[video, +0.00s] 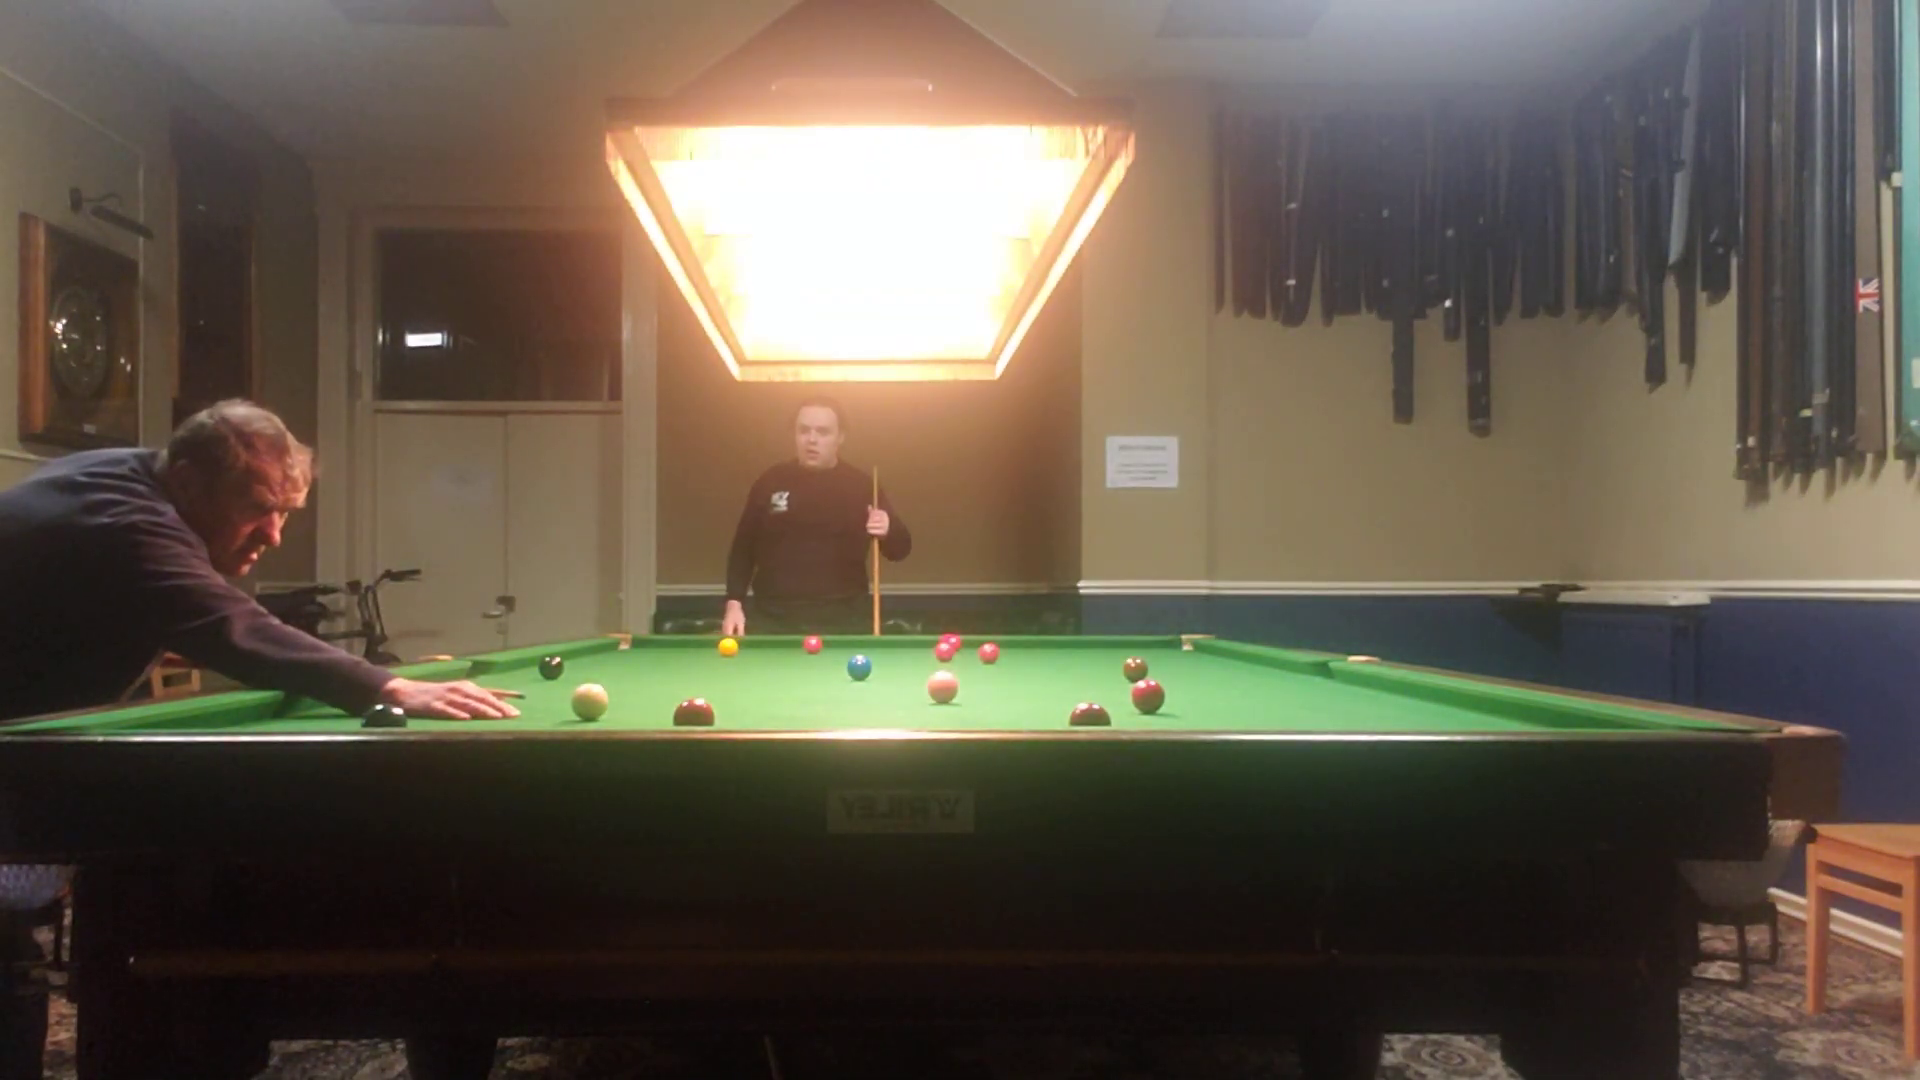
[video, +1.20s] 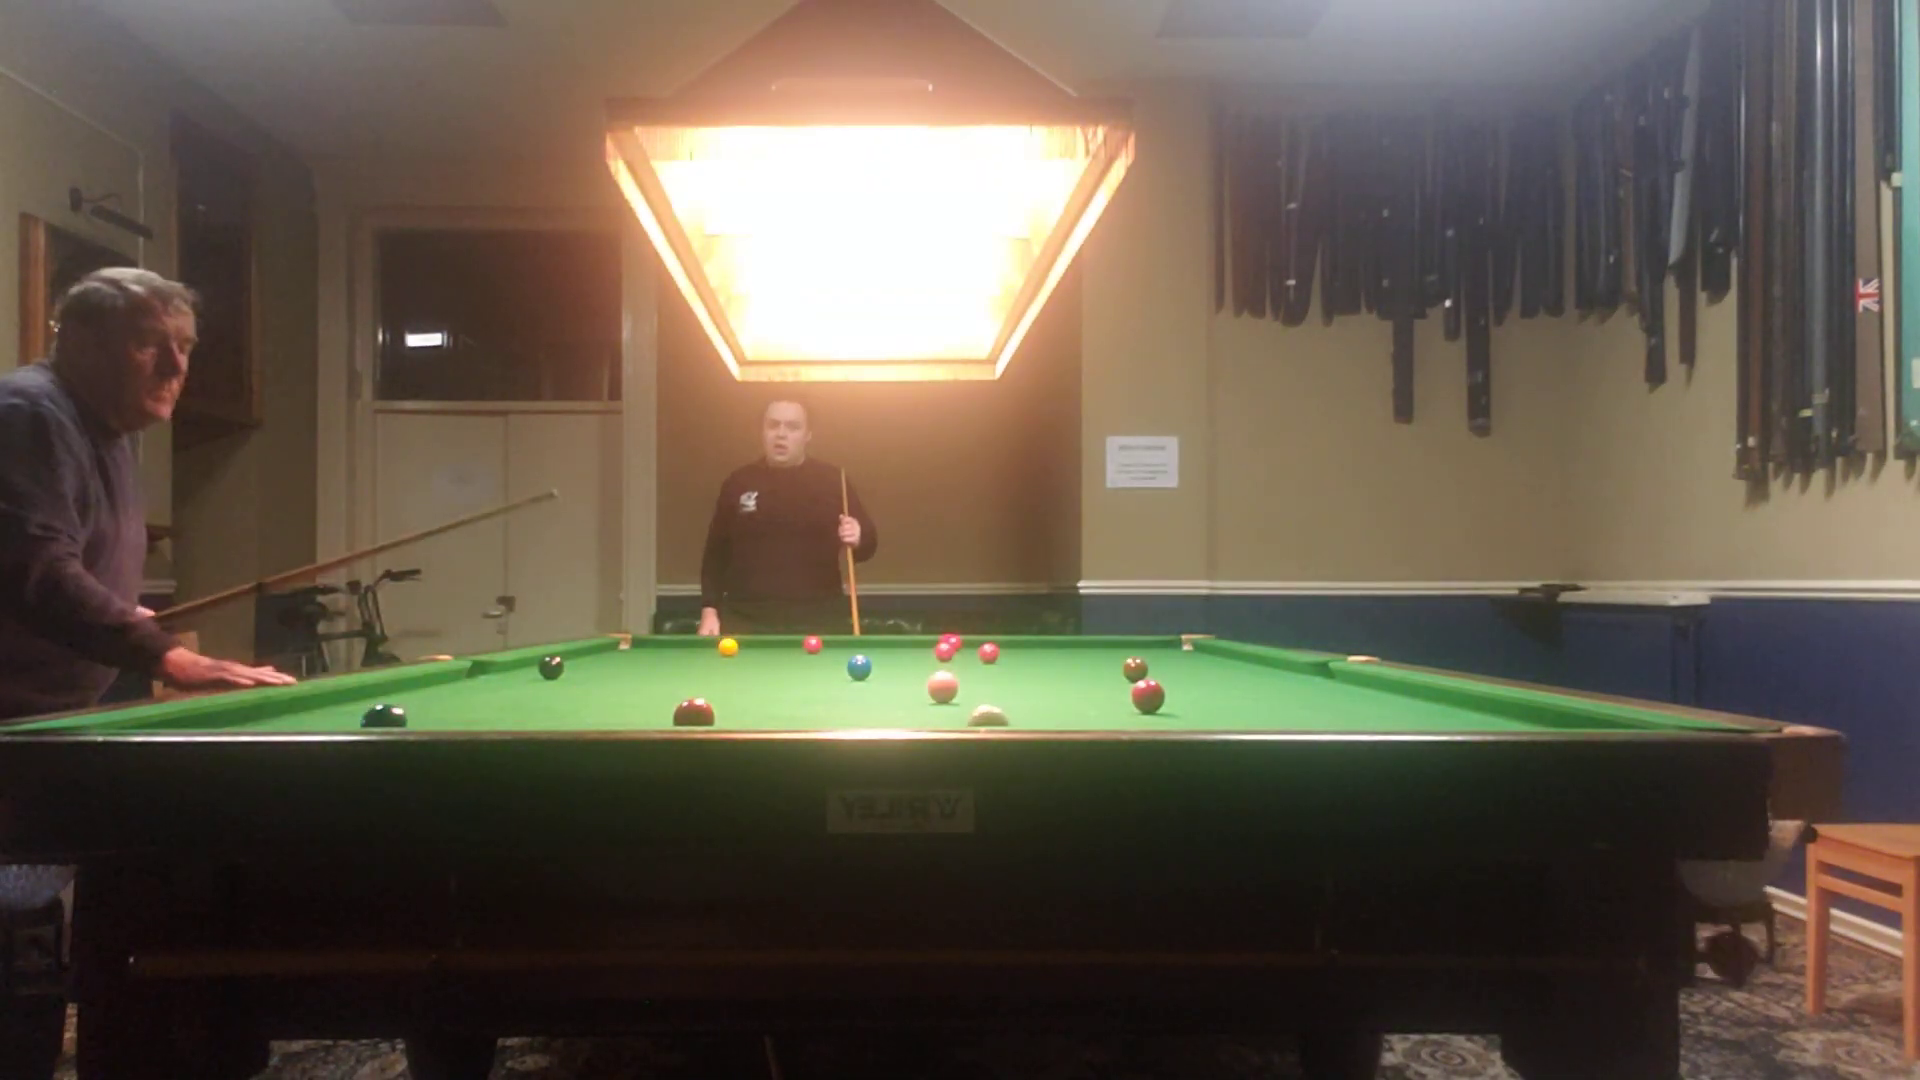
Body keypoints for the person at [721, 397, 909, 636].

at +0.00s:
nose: (812, 439)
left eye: (823, 432)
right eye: (804, 430)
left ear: (840, 438)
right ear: (794, 435)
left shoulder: (862, 486)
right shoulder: (771, 483)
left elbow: (901, 550)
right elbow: (743, 547)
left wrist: (888, 532)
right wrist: (734, 602)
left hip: (843, 620)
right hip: (775, 621)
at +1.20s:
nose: (781, 434)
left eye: (792, 426)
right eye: (773, 425)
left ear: (807, 436)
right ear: (762, 432)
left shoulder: (832, 480)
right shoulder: (739, 483)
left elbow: (867, 546)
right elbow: (716, 551)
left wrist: (860, 537)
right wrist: (710, 609)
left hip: (819, 626)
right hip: (748, 627)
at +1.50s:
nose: (753, 431)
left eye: (765, 424)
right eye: (746, 422)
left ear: (781, 433)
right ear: (735, 429)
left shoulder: (808, 482)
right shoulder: (711, 483)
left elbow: (836, 552)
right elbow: (687, 550)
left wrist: (839, 539)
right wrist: (681, 608)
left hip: (792, 627)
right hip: (723, 626)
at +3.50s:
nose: (739, 450)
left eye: (750, 440)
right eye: (731, 439)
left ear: (768, 442)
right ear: (720, 440)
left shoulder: (788, 489)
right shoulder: (692, 489)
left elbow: (812, 558)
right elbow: (667, 549)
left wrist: (821, 547)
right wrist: (660, 604)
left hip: (765, 635)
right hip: (694, 634)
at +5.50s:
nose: (749, 449)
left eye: (760, 441)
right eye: (741, 439)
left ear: (774, 444)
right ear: (727, 439)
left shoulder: (791, 487)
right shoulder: (697, 489)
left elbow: (829, 539)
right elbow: (670, 556)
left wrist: (851, 544)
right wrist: (666, 605)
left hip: (774, 632)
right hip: (704, 632)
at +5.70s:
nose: (758, 444)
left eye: (768, 436)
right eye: (749, 434)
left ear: (781, 440)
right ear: (735, 435)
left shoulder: (799, 486)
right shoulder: (706, 481)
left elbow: (832, 529)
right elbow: (678, 547)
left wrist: (860, 560)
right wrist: (672, 604)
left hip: (784, 626)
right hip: (713, 625)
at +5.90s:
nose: (771, 438)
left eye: (782, 430)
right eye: (762, 429)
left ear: (796, 436)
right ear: (748, 431)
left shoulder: (814, 486)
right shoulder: (720, 480)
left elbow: (846, 542)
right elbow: (694, 548)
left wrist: (874, 589)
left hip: (803, 625)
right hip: (735, 624)